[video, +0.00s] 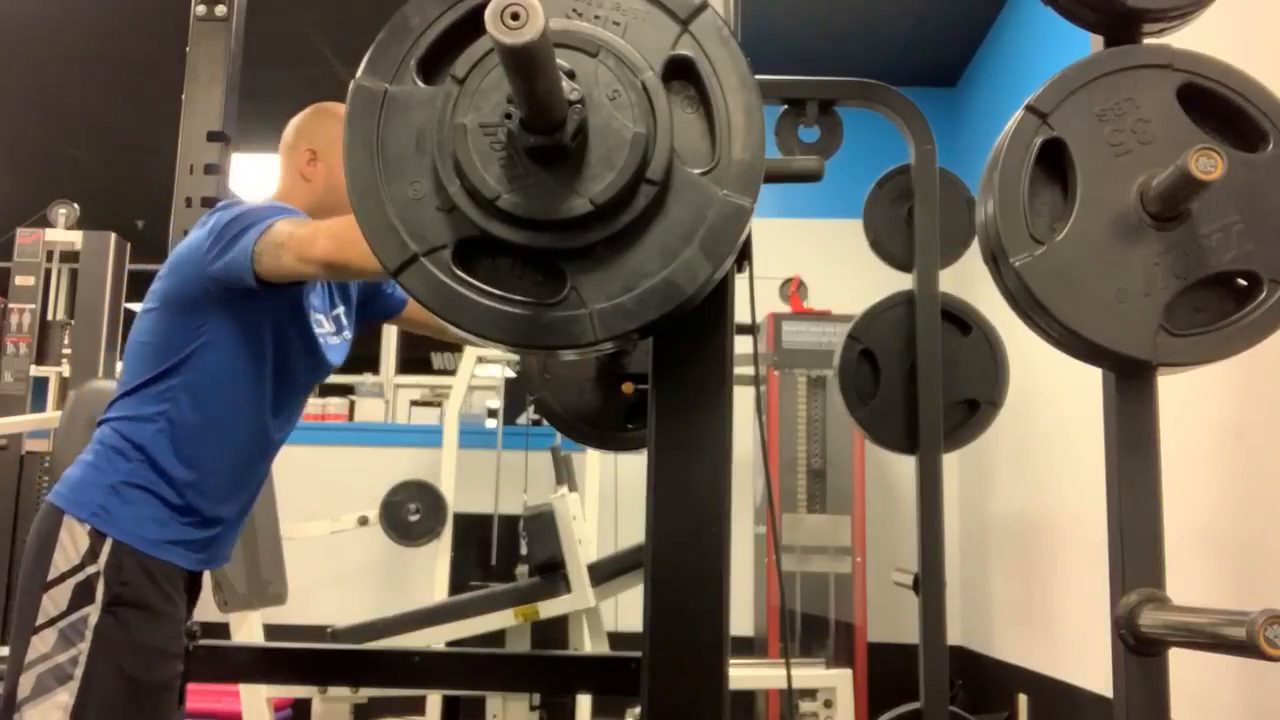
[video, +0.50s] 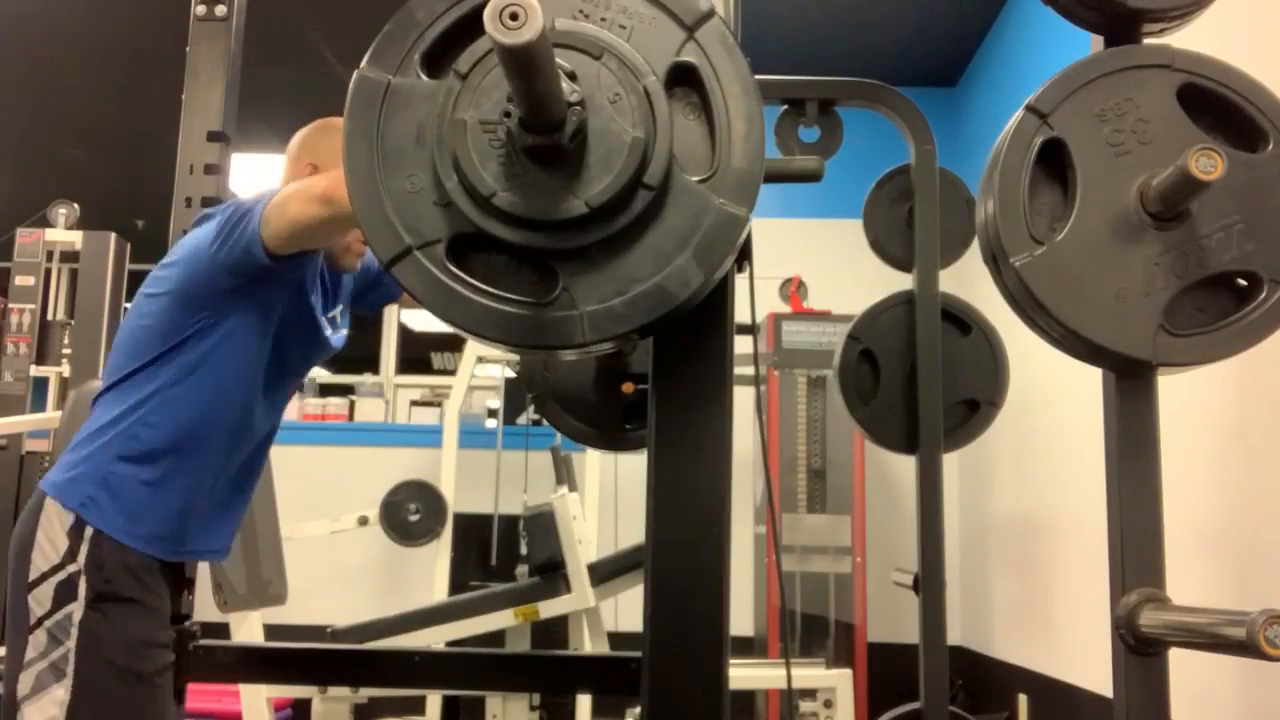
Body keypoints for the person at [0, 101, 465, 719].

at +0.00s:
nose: (370, 184)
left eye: (374, 169)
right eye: (360, 165)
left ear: (308, 166)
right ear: (309, 162)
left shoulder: (346, 273)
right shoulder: (234, 229)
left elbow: (452, 315)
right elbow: (330, 247)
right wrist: (459, 191)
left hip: (172, 558)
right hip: (110, 544)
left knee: (141, 709)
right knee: (75, 713)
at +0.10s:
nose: (377, 184)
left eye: (380, 170)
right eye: (366, 166)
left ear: (320, 169)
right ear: (317, 165)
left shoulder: (355, 277)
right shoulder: (237, 231)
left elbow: (457, 309)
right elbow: (329, 247)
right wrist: (459, 194)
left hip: (177, 558)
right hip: (112, 543)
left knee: (138, 707)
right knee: (73, 711)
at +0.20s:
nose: (376, 187)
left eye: (380, 172)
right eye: (365, 170)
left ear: (321, 171)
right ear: (318, 167)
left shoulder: (357, 274)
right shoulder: (236, 233)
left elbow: (454, 308)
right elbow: (328, 236)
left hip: (181, 558)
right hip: (114, 543)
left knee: (138, 707)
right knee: (75, 711)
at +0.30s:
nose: (375, 185)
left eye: (377, 171)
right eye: (366, 170)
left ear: (319, 172)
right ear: (318, 169)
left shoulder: (351, 272)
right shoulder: (234, 234)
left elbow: (448, 286)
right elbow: (326, 228)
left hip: (178, 557)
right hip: (110, 546)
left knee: (140, 708)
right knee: (85, 711)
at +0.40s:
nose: (368, 195)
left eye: (371, 180)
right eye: (360, 177)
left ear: (318, 180)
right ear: (312, 175)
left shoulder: (343, 281)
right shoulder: (229, 242)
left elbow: (440, 252)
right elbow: (330, 213)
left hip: (164, 561)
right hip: (101, 550)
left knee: (146, 709)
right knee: (85, 712)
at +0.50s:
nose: (375, 223)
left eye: (378, 202)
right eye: (361, 193)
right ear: (315, 184)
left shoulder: (334, 281)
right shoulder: (232, 241)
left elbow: (429, 262)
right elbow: (324, 197)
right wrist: (420, 168)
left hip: (160, 556)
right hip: (95, 545)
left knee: (148, 708)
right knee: (94, 711)